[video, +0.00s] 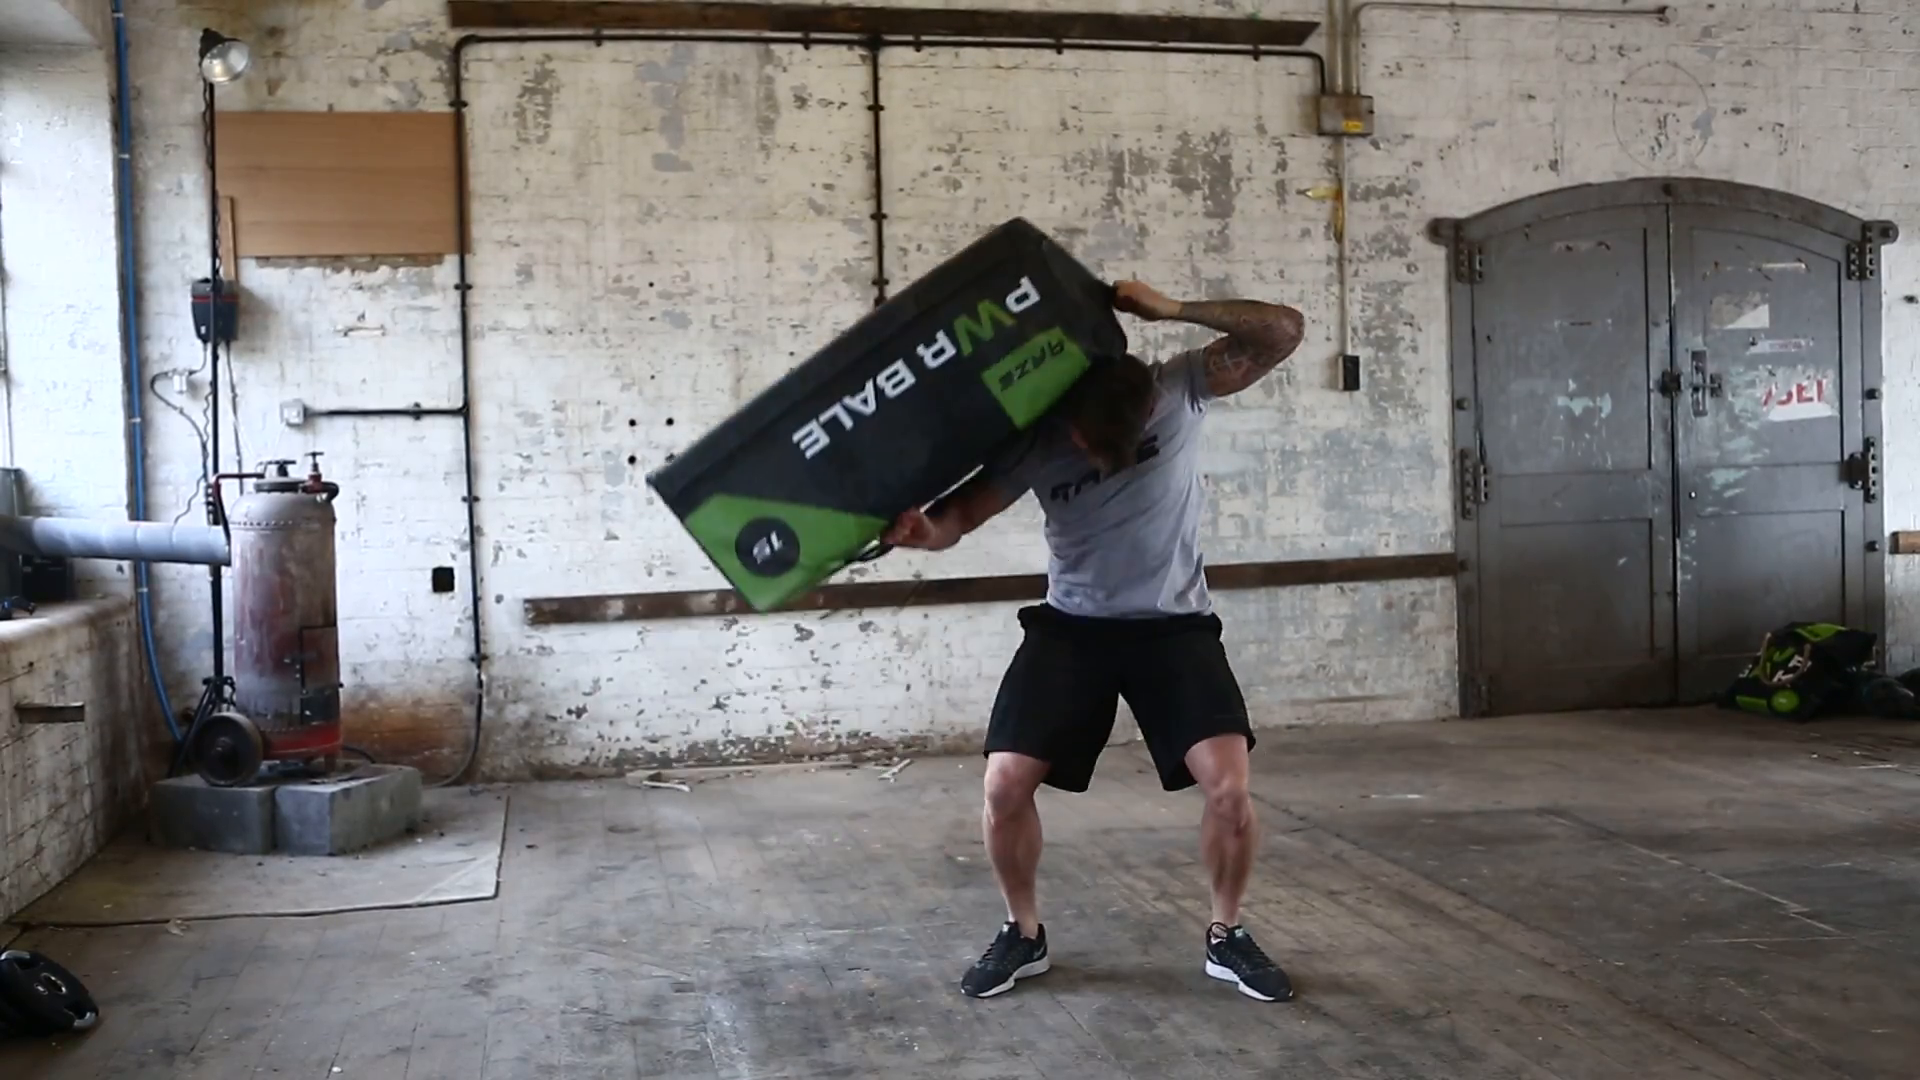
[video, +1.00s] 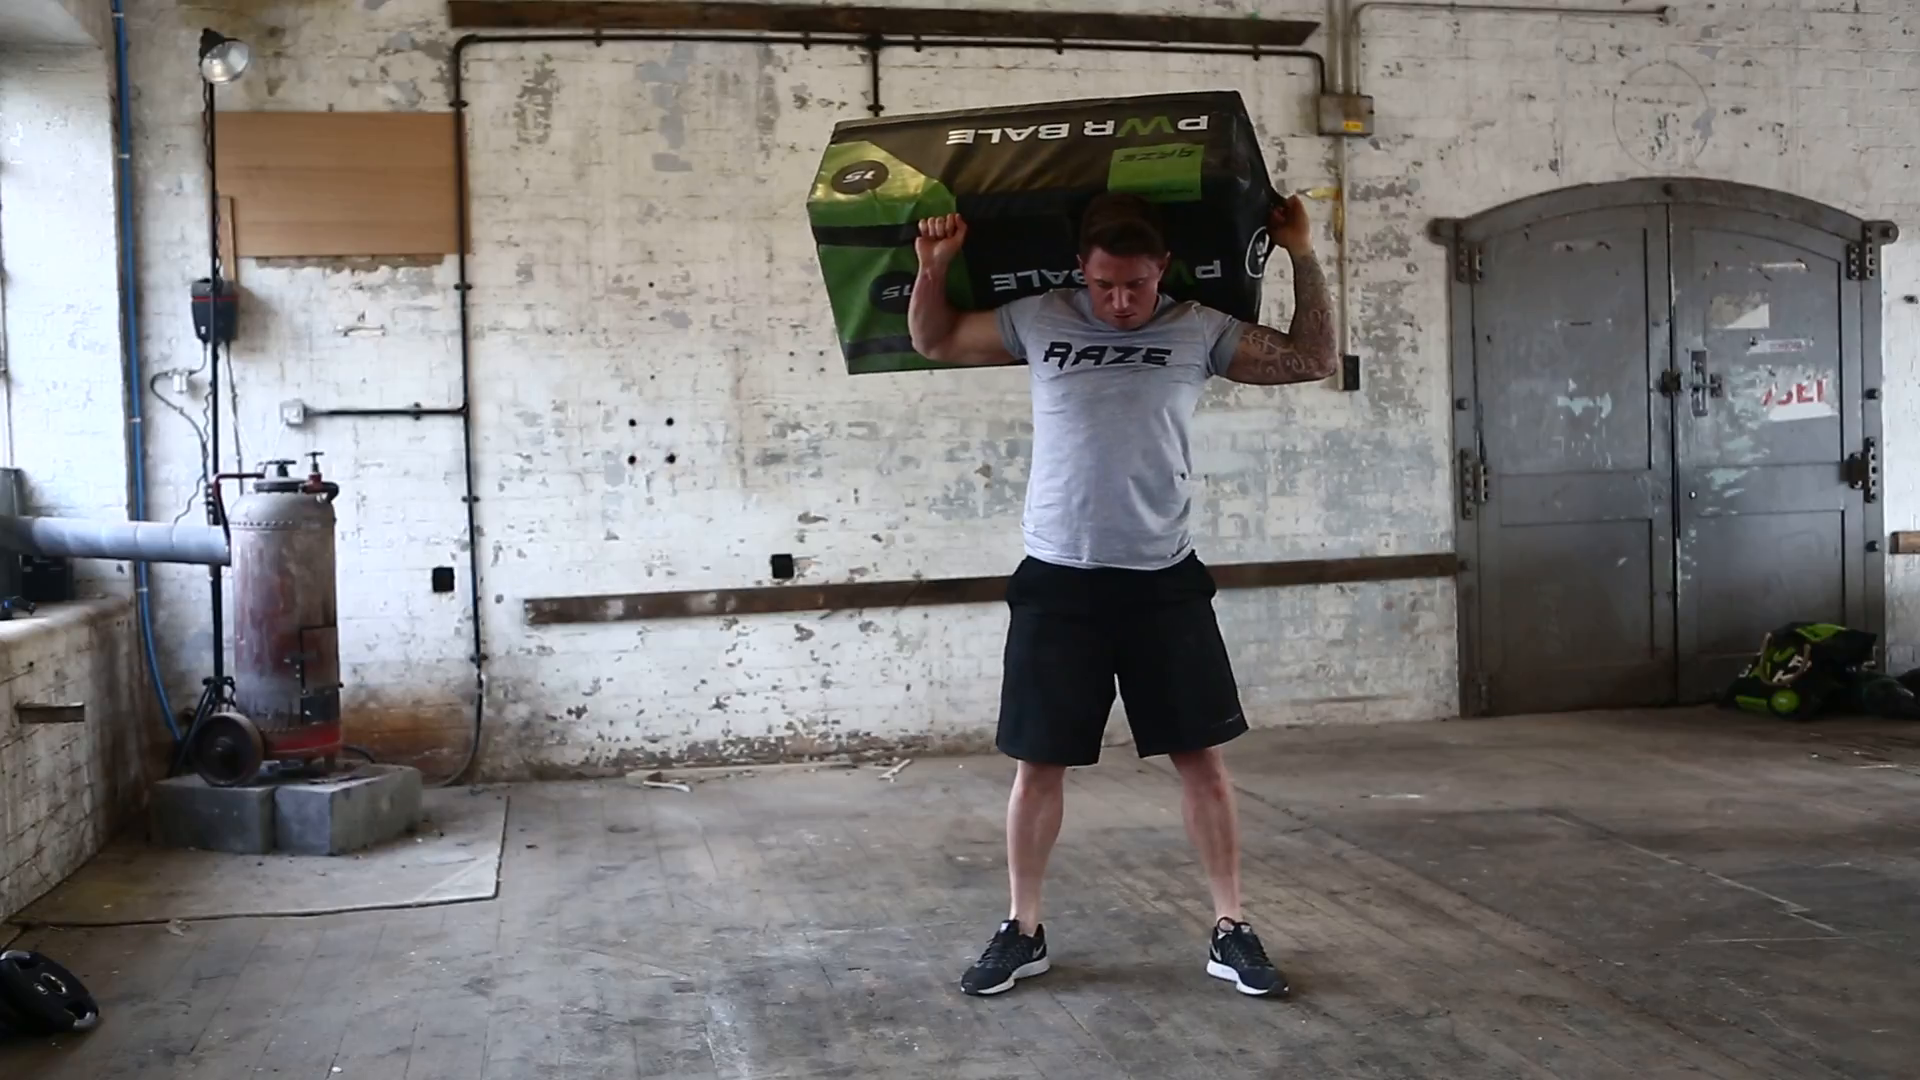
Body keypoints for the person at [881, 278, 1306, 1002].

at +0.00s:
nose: (1093, 460)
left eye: (1108, 449)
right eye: (1085, 448)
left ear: (1140, 414)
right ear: (1069, 420)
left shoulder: (1179, 389)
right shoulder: (1041, 443)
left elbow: (1286, 327)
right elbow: (956, 517)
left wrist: (1176, 309)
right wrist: (922, 530)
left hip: (1177, 627)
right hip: (1071, 630)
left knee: (1231, 791)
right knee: (1005, 785)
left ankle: (1227, 936)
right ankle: (1023, 934)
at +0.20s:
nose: (1142, 340)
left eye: (1155, 327)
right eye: (1127, 327)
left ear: (1172, 299)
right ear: (1093, 295)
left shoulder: (1199, 310)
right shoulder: (1040, 336)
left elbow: (1307, 289)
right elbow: (940, 396)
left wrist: (1240, 218)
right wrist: (918, 352)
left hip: (1179, 576)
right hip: (1072, 578)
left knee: (1214, 758)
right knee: (1042, 760)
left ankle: (1230, 931)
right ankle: (1023, 926)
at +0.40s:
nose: (1132, 315)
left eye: (1148, 301)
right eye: (1117, 300)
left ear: (1171, 282)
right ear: (1090, 277)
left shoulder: (1198, 325)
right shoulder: (1042, 317)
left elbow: (1305, 350)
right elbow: (926, 335)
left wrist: (1285, 255)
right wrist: (924, 263)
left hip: (1170, 581)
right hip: (1064, 581)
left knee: (1203, 760)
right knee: (1040, 763)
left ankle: (1230, 930)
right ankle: (1021, 927)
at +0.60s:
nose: (1130, 303)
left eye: (1146, 287)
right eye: (1115, 286)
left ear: (1176, 272)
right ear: (1094, 270)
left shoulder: (1208, 327)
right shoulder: (1054, 317)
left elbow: (1325, 353)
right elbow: (946, 334)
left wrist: (1301, 249)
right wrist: (934, 267)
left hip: (1174, 581)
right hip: (1069, 580)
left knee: (1207, 758)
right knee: (1045, 763)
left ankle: (1232, 930)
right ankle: (1023, 927)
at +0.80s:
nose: (1129, 300)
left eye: (1144, 284)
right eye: (1114, 284)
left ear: (1167, 272)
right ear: (1088, 272)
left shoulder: (1200, 328)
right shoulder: (1046, 322)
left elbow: (1321, 349)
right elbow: (939, 342)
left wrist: (1301, 246)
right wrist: (932, 267)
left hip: (1171, 581)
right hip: (1066, 581)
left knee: (1204, 759)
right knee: (1043, 764)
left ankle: (1232, 927)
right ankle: (1022, 928)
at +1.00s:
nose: (1120, 301)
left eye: (1136, 285)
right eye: (1105, 285)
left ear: (1162, 273)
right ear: (1082, 272)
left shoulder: (1196, 331)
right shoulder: (1042, 320)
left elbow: (1314, 358)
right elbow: (933, 338)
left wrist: (1302, 253)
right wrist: (932, 267)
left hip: (1163, 582)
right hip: (1058, 582)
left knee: (1200, 759)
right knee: (1038, 766)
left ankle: (1232, 927)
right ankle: (1022, 928)